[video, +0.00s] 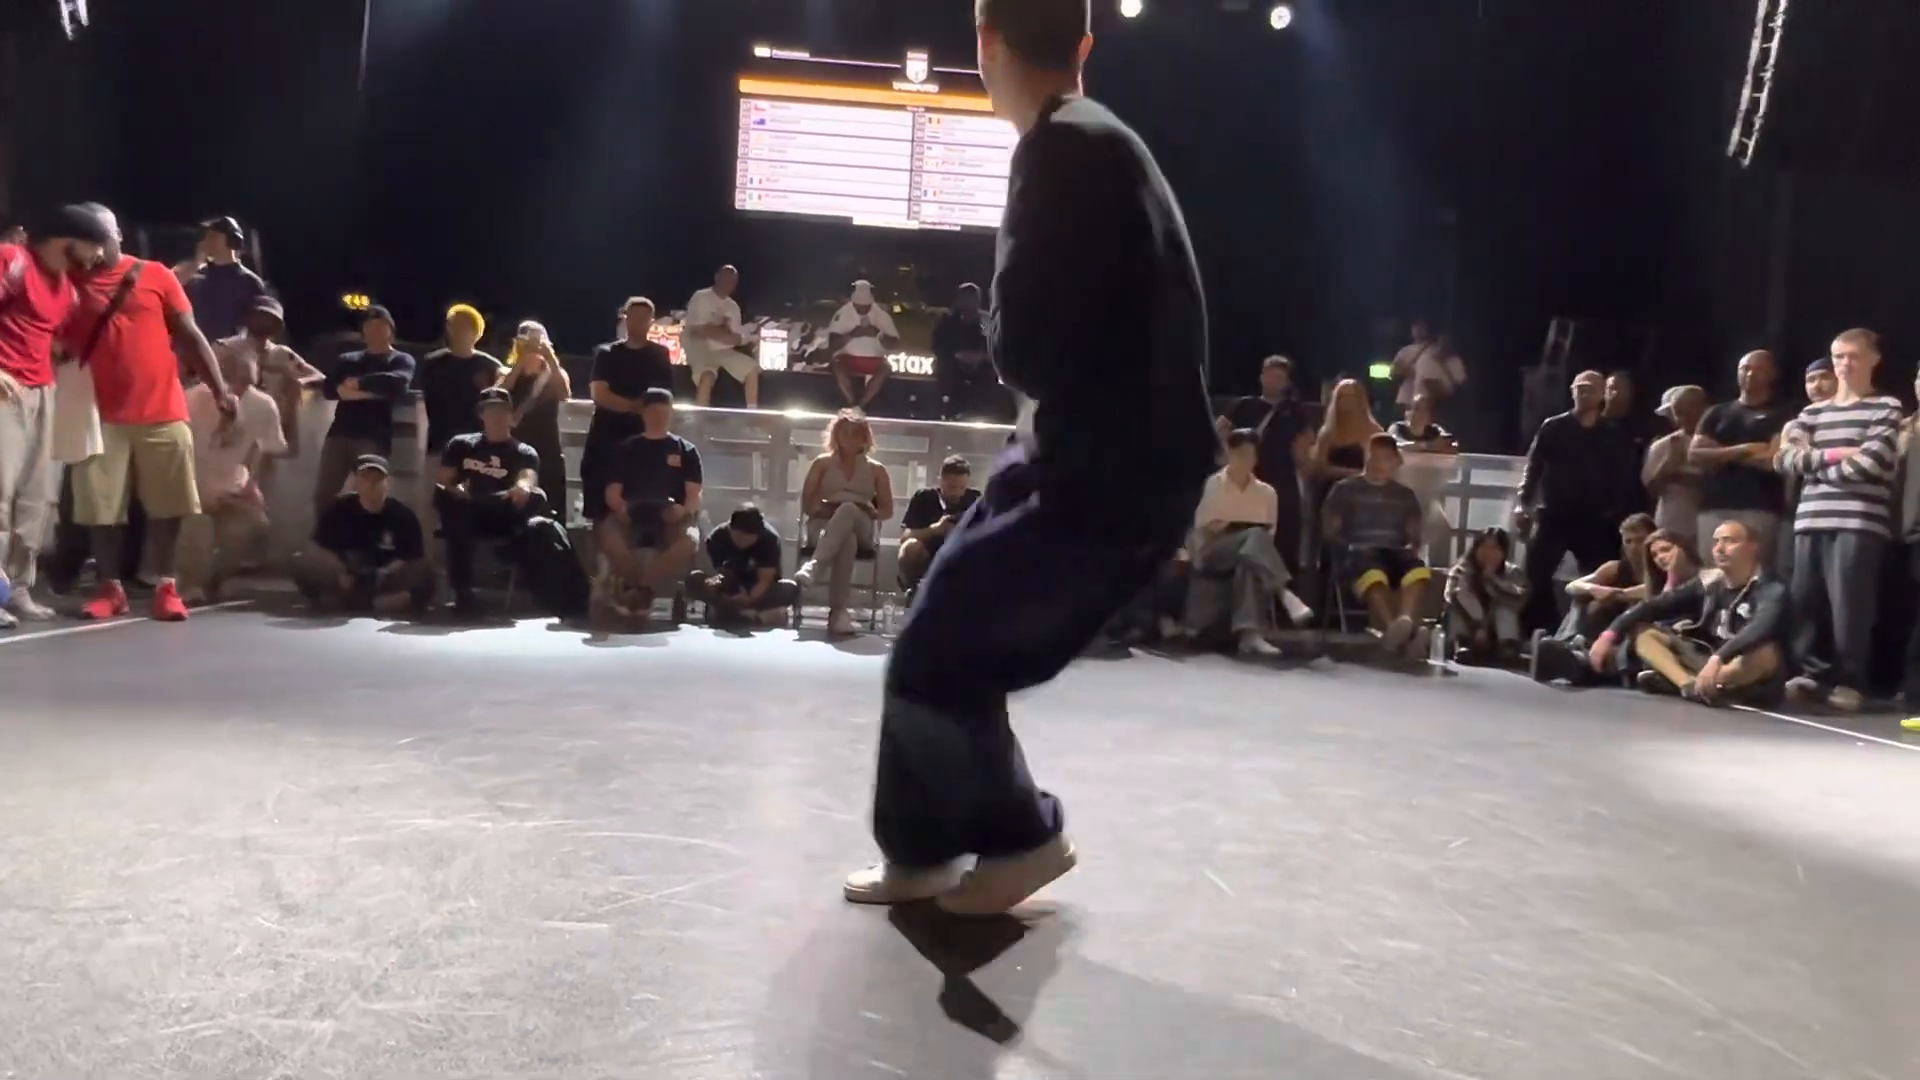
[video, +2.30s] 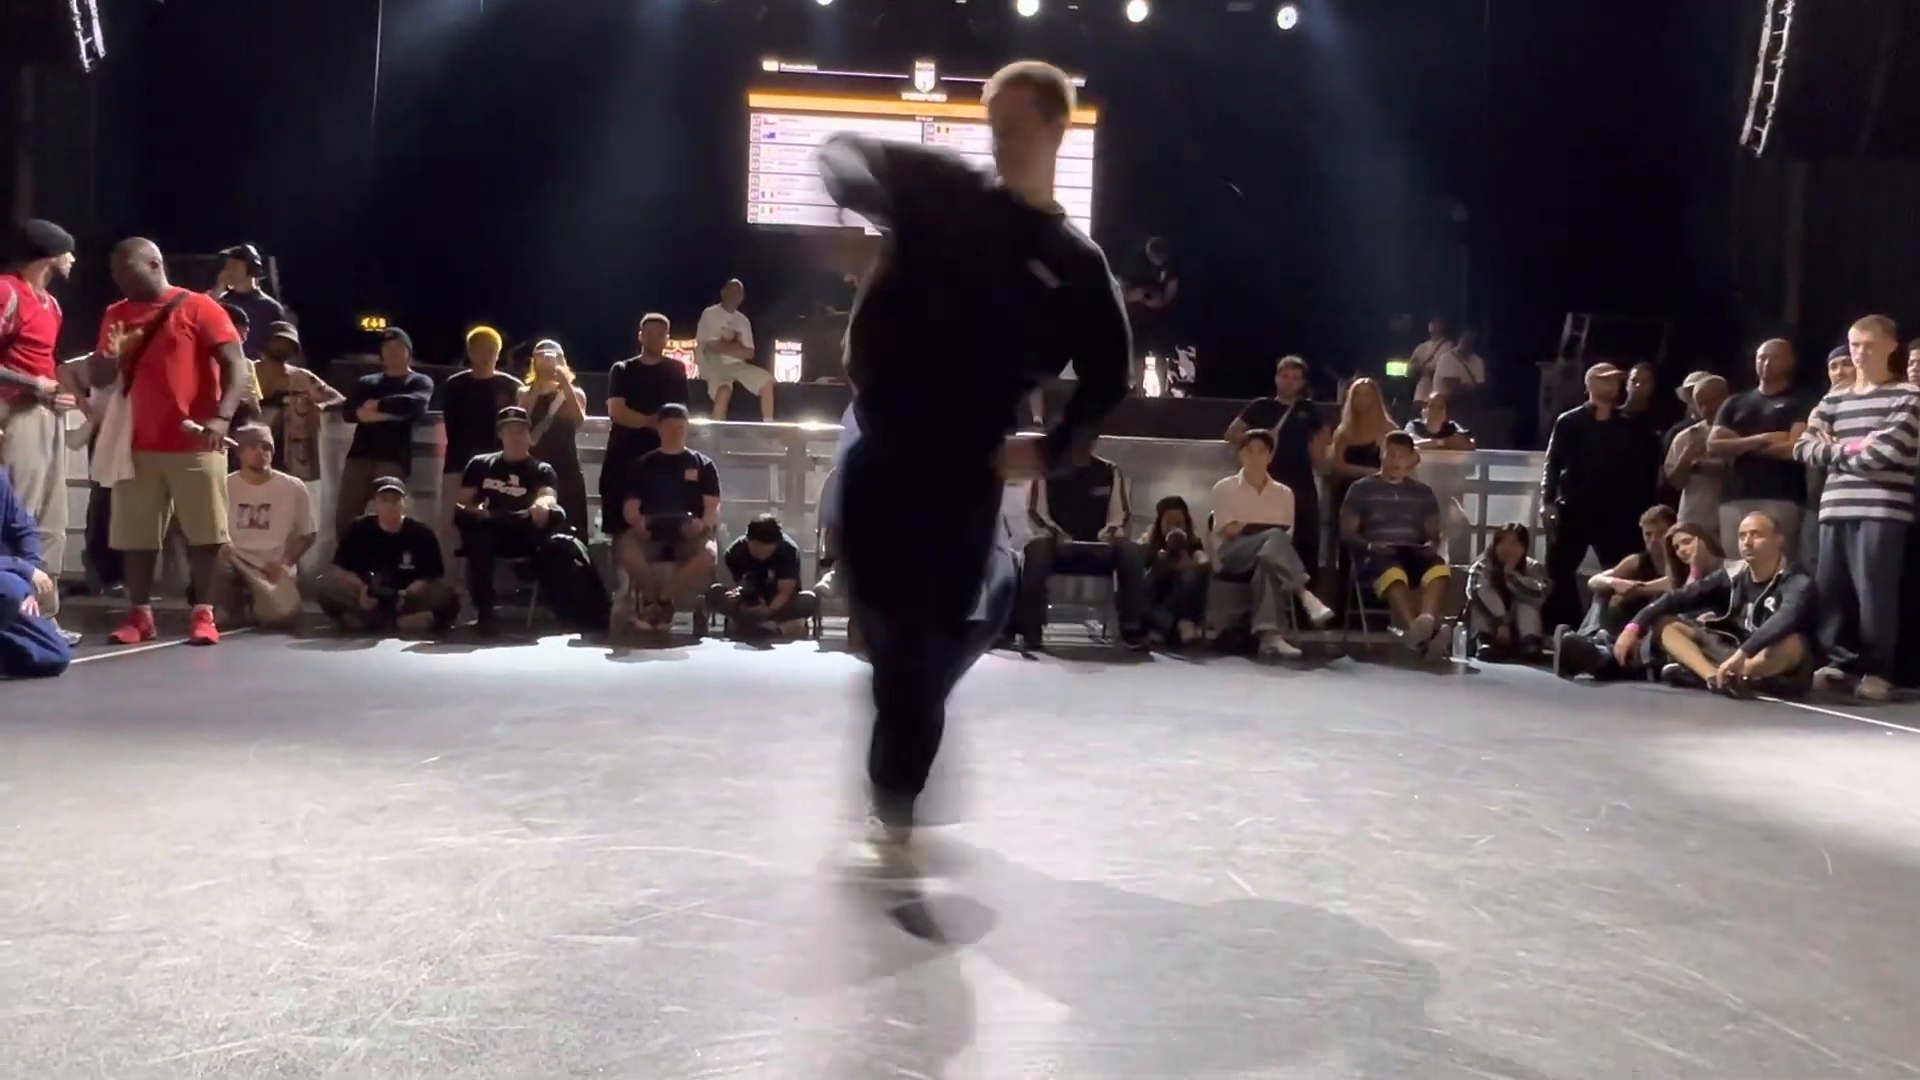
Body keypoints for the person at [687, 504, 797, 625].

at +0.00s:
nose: (742, 542)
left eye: (748, 539)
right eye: (739, 537)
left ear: (757, 534)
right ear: (731, 529)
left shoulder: (769, 539)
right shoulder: (715, 539)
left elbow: (765, 580)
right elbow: (723, 573)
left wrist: (749, 598)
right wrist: (716, 582)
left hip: (758, 584)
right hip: (731, 585)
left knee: (790, 588)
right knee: (694, 581)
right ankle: (756, 616)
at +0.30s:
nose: (739, 536)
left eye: (745, 533)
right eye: (735, 531)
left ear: (754, 528)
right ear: (728, 525)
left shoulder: (767, 535)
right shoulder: (713, 535)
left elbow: (764, 574)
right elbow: (719, 566)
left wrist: (748, 593)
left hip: (757, 578)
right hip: (731, 578)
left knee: (786, 584)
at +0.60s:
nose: (744, 548)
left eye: (750, 544)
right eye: (740, 543)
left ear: (759, 539)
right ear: (733, 536)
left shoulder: (772, 545)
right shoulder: (717, 547)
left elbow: (768, 585)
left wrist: (751, 604)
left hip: (761, 591)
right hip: (732, 592)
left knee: (791, 593)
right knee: (696, 588)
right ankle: (751, 621)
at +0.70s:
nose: (747, 555)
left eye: (753, 551)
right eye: (743, 550)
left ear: (762, 546)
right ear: (736, 542)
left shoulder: (775, 551)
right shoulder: (720, 553)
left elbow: (771, 592)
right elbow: (727, 584)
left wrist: (755, 611)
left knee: (792, 598)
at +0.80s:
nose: (749, 558)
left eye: (754, 554)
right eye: (745, 553)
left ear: (763, 547)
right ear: (737, 545)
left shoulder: (775, 553)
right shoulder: (720, 555)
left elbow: (772, 594)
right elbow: (730, 589)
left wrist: (754, 613)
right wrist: (721, 597)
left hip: (766, 597)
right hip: (738, 600)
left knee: (796, 602)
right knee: (701, 597)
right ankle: (761, 630)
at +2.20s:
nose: (760, 554)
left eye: (765, 550)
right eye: (756, 549)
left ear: (774, 544)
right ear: (748, 542)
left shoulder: (787, 552)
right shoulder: (733, 554)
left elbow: (785, 592)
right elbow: (743, 586)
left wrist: (767, 612)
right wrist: (736, 595)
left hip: (777, 597)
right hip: (749, 599)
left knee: (809, 601)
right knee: (713, 595)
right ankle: (774, 629)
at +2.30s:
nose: (761, 553)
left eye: (767, 548)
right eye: (757, 548)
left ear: (775, 543)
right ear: (749, 541)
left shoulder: (788, 551)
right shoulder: (734, 553)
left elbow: (785, 592)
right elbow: (744, 586)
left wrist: (769, 610)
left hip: (778, 597)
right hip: (750, 598)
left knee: (810, 599)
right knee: (715, 593)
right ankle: (776, 627)